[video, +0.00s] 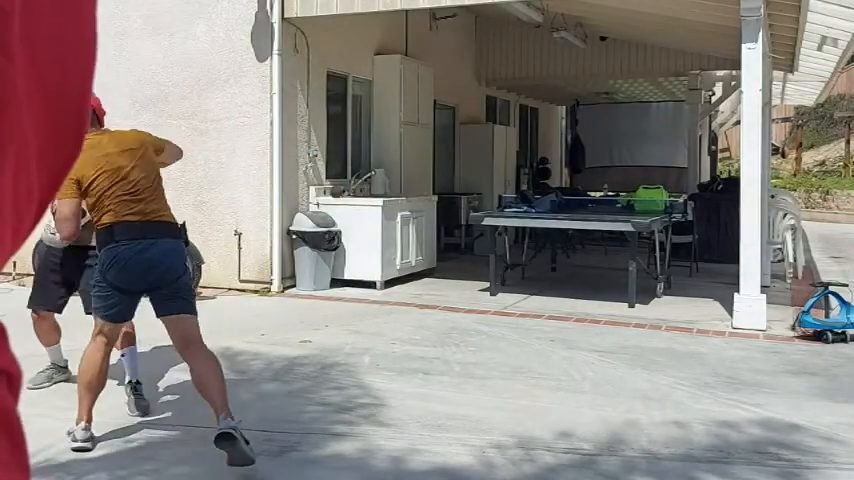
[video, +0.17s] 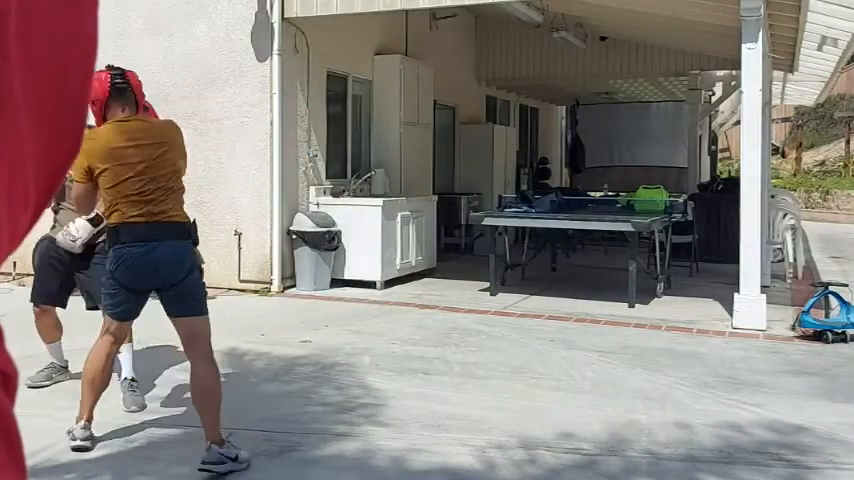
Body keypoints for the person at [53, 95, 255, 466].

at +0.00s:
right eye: (98, 112)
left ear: (73, 124)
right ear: (99, 115)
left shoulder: (72, 161)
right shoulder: (136, 139)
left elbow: (66, 231)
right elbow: (174, 152)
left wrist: (81, 217)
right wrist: (137, 162)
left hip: (119, 247)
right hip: (167, 242)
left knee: (102, 337)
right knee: (191, 344)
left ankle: (83, 426)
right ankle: (226, 421)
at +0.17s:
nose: (96, 113)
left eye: (97, 106)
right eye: (98, 107)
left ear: (100, 105)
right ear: (139, 98)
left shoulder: (95, 139)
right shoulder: (170, 130)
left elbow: (81, 202)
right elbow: (174, 175)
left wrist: (111, 172)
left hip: (128, 251)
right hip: (178, 248)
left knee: (110, 337)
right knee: (200, 351)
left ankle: (83, 424)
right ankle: (215, 444)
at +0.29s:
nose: (177, 103)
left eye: (130, 102)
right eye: (174, 97)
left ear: (132, 105)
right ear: (172, 99)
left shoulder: (116, 141)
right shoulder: (199, 138)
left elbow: (98, 203)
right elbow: (193, 186)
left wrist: (129, 176)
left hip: (141, 258)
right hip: (192, 256)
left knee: (122, 337)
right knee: (207, 355)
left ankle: (88, 418)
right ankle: (214, 451)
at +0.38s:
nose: (195, 106)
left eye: (191, 100)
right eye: (194, 100)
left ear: (153, 102)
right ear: (193, 102)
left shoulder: (132, 137)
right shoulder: (217, 142)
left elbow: (100, 194)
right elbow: (214, 199)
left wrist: (132, 177)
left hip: (149, 256)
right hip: (199, 255)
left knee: (134, 333)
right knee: (213, 356)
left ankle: (96, 409)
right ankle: (215, 451)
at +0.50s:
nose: (210, 106)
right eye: (210, 101)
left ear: (167, 99)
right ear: (207, 101)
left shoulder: (142, 131)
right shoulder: (225, 138)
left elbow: (100, 178)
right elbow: (225, 194)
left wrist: (124, 174)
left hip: (150, 250)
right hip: (199, 253)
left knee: (144, 328)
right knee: (212, 353)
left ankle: (113, 408)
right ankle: (215, 450)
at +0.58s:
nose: (214, 104)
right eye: (214, 97)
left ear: (174, 99)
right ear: (212, 98)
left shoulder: (151, 128)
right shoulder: (228, 139)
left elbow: (97, 167)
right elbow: (232, 187)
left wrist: (84, 148)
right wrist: (224, 141)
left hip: (151, 249)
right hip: (196, 252)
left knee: (148, 335)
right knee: (211, 351)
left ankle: (125, 413)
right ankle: (215, 449)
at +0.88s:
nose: (237, 126)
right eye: (238, 121)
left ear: (197, 118)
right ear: (237, 124)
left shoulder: (169, 146)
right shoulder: (243, 171)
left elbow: (122, 161)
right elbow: (232, 223)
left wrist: (151, 155)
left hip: (163, 265)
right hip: (210, 271)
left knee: (153, 340)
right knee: (259, 351)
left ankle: (123, 417)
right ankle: (266, 445)